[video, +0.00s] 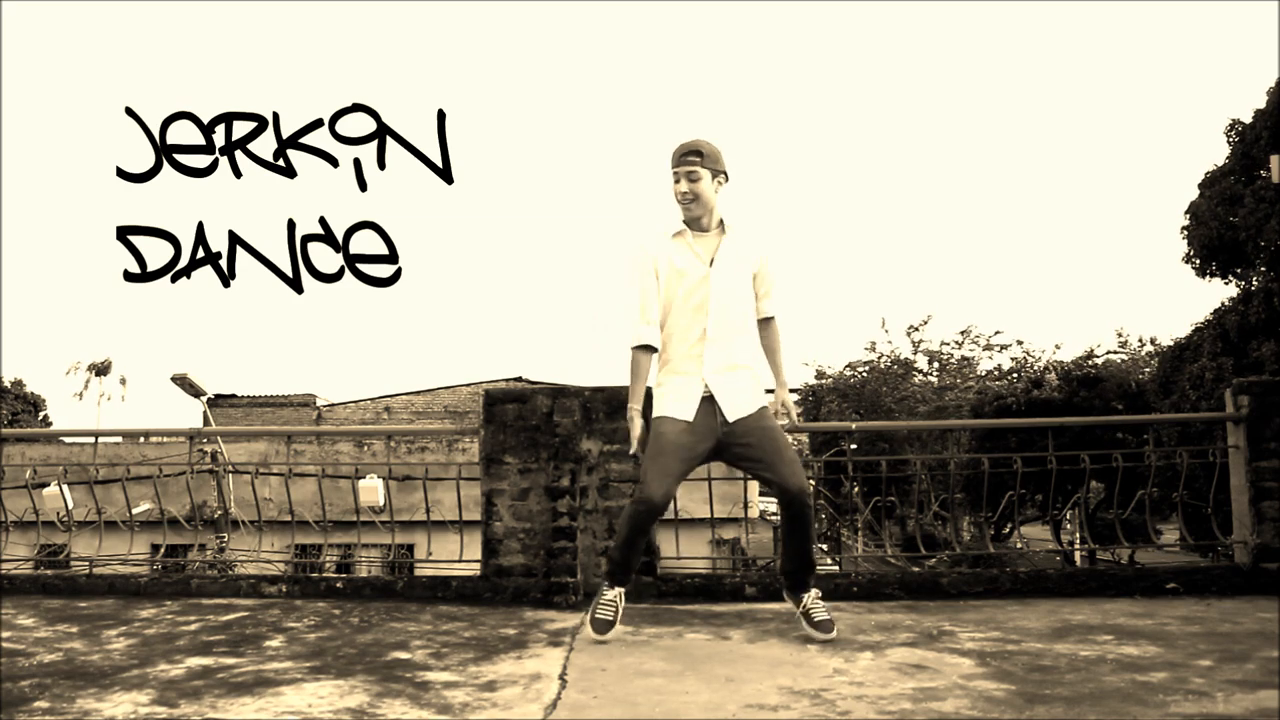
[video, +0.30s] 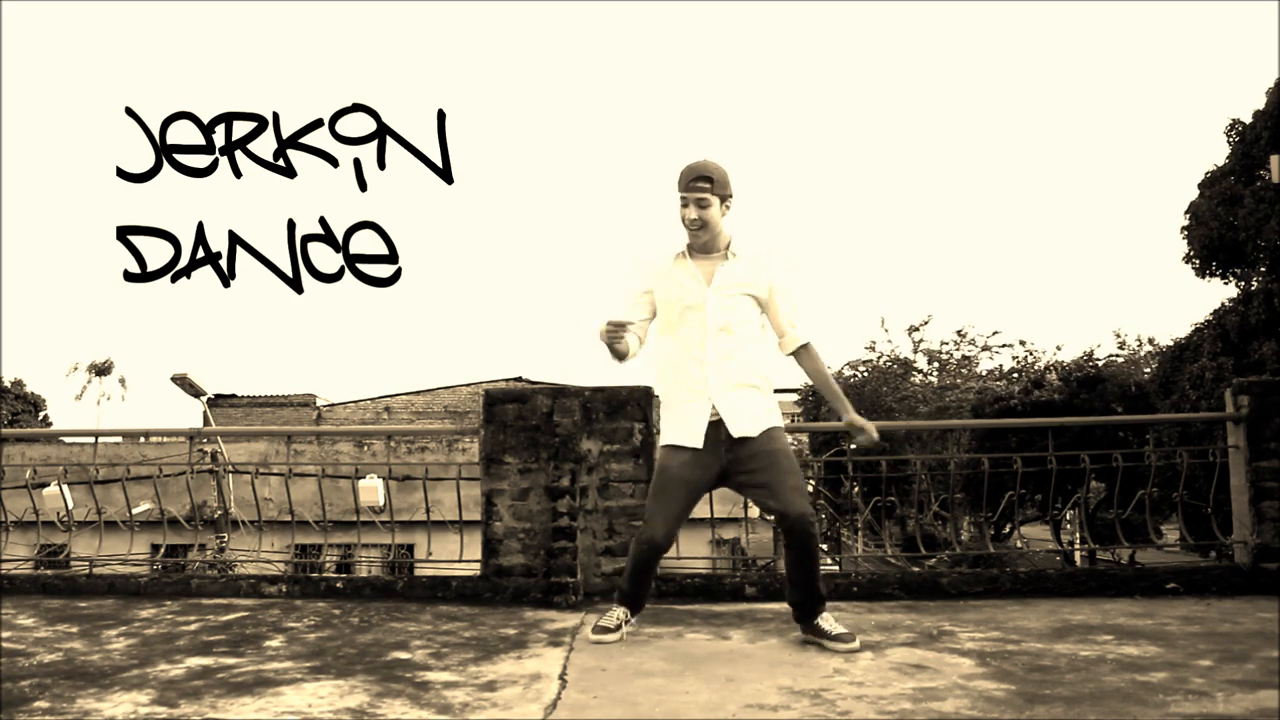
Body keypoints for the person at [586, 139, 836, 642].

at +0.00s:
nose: (683, 188)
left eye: (693, 177)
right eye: (677, 180)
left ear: (719, 182)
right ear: (672, 188)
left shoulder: (748, 250)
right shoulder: (657, 257)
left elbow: (767, 322)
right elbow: (645, 340)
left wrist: (781, 385)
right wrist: (634, 410)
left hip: (745, 396)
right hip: (679, 398)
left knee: (797, 489)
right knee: (651, 496)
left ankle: (801, 588)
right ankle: (614, 585)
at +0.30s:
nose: (691, 213)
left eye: (701, 203)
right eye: (684, 204)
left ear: (725, 206)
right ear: (677, 208)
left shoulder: (756, 273)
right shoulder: (659, 277)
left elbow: (799, 346)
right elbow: (629, 344)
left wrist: (847, 413)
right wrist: (617, 340)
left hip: (754, 424)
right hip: (685, 427)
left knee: (799, 518)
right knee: (653, 535)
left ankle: (811, 617)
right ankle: (626, 609)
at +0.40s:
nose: (718, 203)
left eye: (728, 193)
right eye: (710, 194)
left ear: (751, 197)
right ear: (703, 200)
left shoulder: (778, 271)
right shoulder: (681, 271)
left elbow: (826, 335)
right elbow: (662, 346)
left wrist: (881, 387)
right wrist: (615, 333)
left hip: (767, 411)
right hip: (701, 415)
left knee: (808, 509)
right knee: (680, 517)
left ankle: (815, 617)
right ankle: (626, 596)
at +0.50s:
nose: (743, 195)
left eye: (753, 185)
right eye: (735, 186)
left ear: (776, 190)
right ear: (728, 192)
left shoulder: (794, 262)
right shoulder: (701, 256)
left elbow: (815, 322)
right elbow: (696, 325)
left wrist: (842, 364)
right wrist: (678, 348)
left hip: (773, 391)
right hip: (716, 391)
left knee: (817, 499)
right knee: (730, 492)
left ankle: (817, 615)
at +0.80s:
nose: (719, 156)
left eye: (729, 146)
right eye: (713, 148)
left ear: (757, 149)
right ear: (708, 155)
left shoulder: (784, 224)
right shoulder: (686, 216)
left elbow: (802, 303)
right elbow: (658, 288)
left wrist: (806, 369)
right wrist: (674, 350)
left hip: (772, 384)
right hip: (705, 379)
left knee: (809, 486)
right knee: (679, 488)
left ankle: (796, 616)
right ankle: (657, 553)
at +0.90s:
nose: (696, 153)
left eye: (706, 142)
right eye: (690, 144)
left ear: (734, 142)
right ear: (686, 148)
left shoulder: (764, 211)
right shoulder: (667, 207)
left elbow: (783, 278)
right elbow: (641, 271)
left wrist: (790, 341)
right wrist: (648, 330)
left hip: (750, 376)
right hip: (682, 374)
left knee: (799, 473)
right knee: (649, 485)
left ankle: (799, 606)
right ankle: (625, 561)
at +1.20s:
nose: (632, 139)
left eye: (638, 126)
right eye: (624, 132)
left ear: (667, 120)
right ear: (622, 136)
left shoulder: (719, 181)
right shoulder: (626, 194)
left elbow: (767, 215)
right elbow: (605, 254)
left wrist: (782, 267)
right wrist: (597, 306)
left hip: (728, 351)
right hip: (662, 356)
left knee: (753, 464)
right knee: (641, 472)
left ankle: (720, 584)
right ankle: (606, 593)